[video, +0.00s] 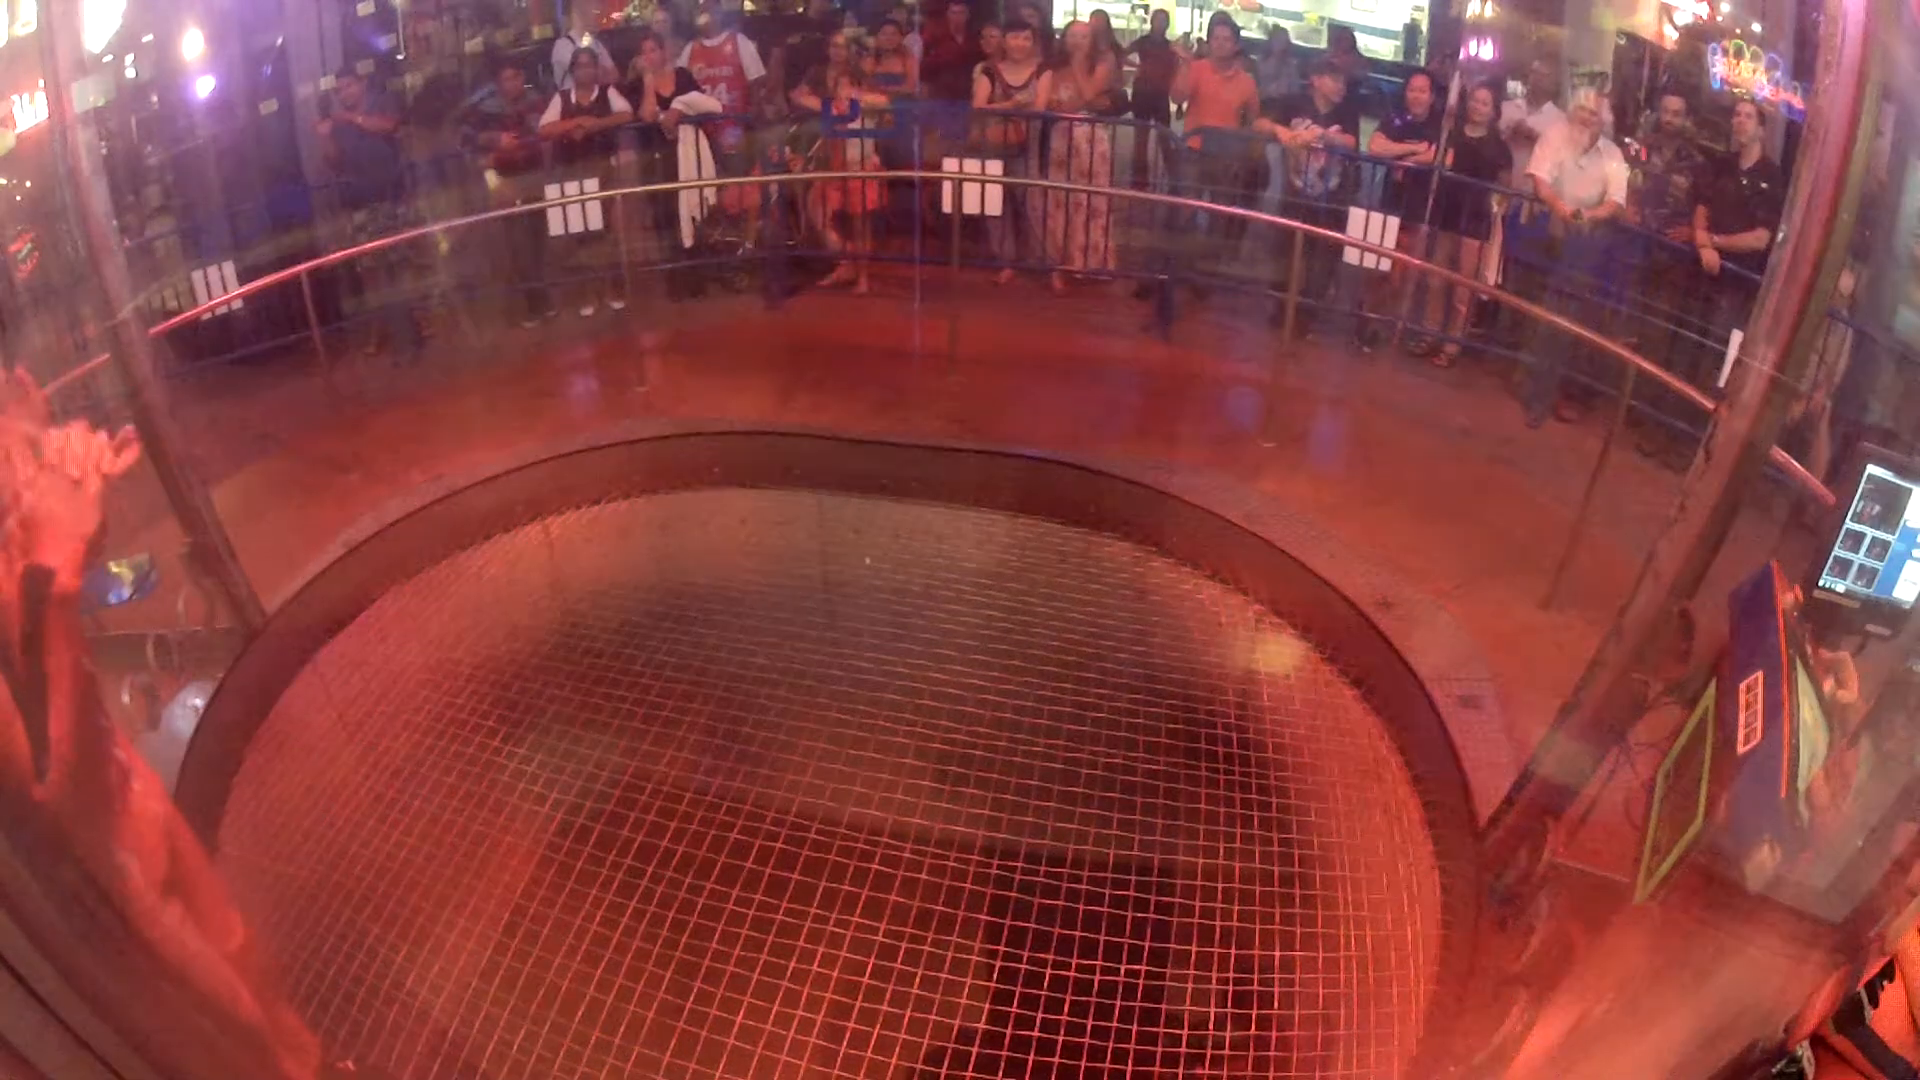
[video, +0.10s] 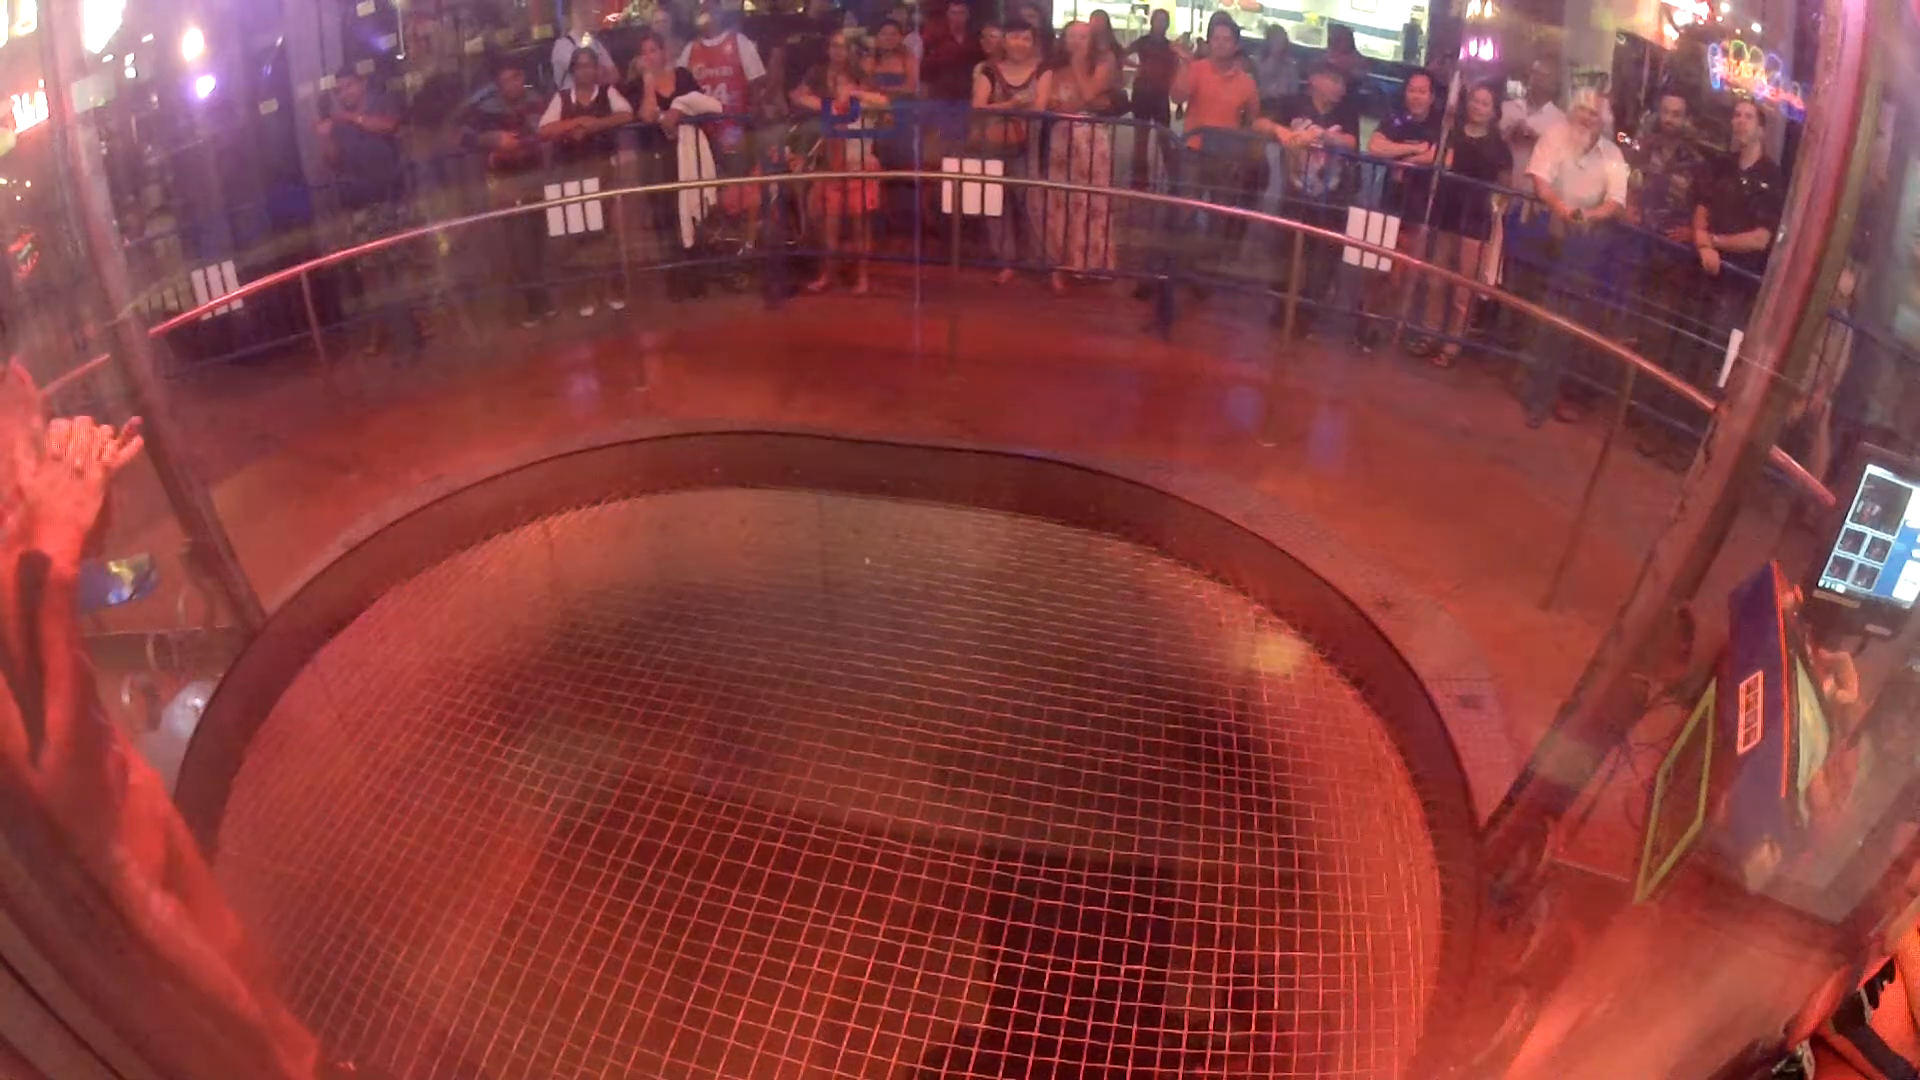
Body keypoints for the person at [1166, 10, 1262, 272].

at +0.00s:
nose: (1220, 43)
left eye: (1226, 39)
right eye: (1215, 38)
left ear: (1236, 45)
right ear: (1208, 41)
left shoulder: (1246, 81)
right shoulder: (1196, 69)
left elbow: (1254, 120)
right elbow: (1177, 97)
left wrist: (1276, 131)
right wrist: (1184, 64)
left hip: (1228, 153)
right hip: (1194, 148)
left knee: (1223, 213)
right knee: (1185, 205)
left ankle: (1209, 270)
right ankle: (1172, 265)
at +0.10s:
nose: (1220, 44)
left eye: (1226, 39)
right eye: (1215, 38)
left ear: (1236, 45)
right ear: (1208, 42)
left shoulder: (1246, 82)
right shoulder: (1196, 69)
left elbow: (1254, 121)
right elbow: (1177, 98)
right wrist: (1183, 65)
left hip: (1228, 152)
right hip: (1194, 147)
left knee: (1222, 209)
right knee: (1187, 205)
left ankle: (1214, 261)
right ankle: (1178, 259)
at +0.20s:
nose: (1220, 43)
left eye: (1226, 39)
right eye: (1215, 38)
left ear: (1236, 45)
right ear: (1208, 41)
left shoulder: (1245, 80)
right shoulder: (1196, 69)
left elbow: (1253, 119)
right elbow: (1178, 96)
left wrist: (1246, 152)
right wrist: (1183, 65)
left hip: (1227, 153)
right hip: (1194, 148)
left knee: (1222, 212)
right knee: (1185, 205)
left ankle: (1209, 267)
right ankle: (1175, 262)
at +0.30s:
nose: (1220, 43)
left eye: (1227, 39)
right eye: (1216, 38)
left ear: (1236, 45)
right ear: (1208, 41)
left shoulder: (1245, 80)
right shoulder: (1196, 69)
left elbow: (1253, 118)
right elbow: (1178, 96)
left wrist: (1247, 152)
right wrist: (1183, 64)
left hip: (1227, 152)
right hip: (1194, 147)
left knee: (1222, 212)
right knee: (1185, 206)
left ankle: (1209, 267)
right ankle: (1175, 263)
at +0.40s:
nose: (1220, 43)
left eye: (1226, 39)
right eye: (1215, 38)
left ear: (1236, 45)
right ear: (1208, 41)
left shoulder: (1246, 82)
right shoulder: (1195, 69)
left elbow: (1254, 121)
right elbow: (1177, 97)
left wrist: (1253, 153)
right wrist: (1183, 65)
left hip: (1228, 153)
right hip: (1194, 148)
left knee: (1222, 210)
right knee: (1186, 205)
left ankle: (1213, 260)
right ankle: (1177, 257)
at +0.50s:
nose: (1220, 43)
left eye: (1226, 39)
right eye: (1215, 38)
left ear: (1236, 45)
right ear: (1208, 41)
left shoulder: (1246, 81)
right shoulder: (1196, 69)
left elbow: (1254, 121)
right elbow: (1177, 96)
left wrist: (1254, 154)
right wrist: (1183, 64)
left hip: (1227, 153)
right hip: (1194, 149)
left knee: (1221, 214)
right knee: (1185, 207)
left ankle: (1211, 267)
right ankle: (1175, 264)